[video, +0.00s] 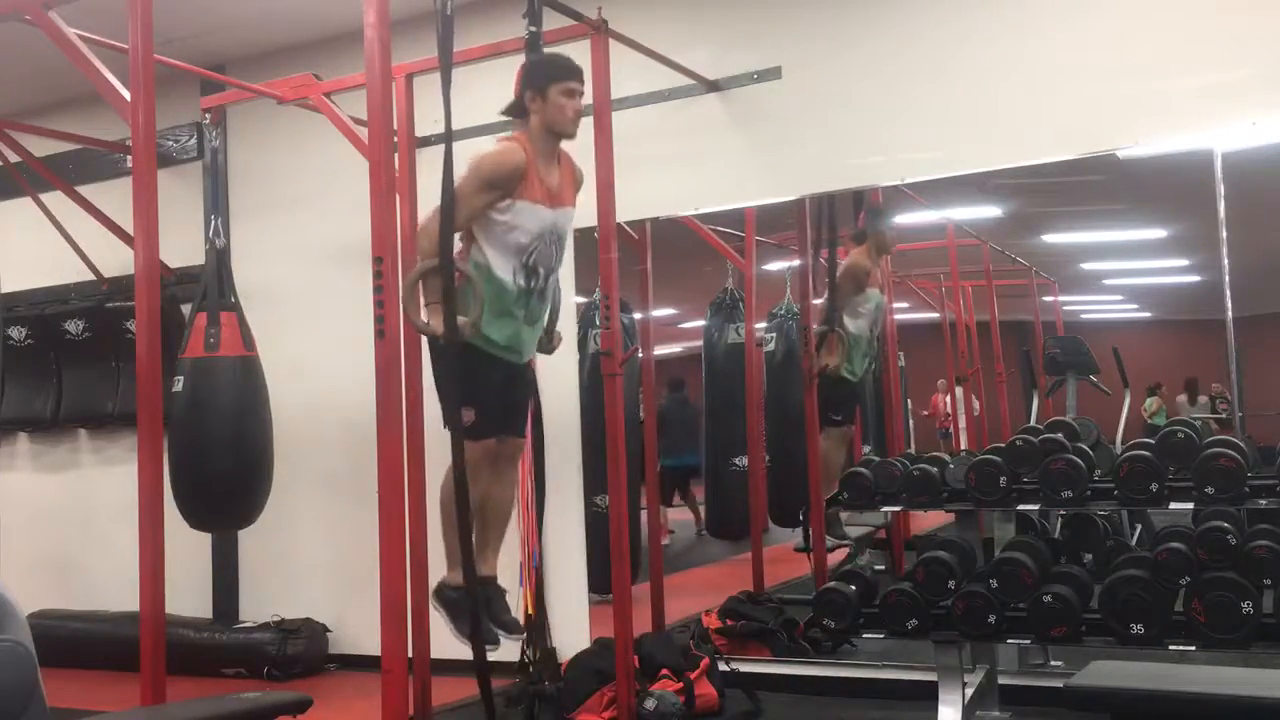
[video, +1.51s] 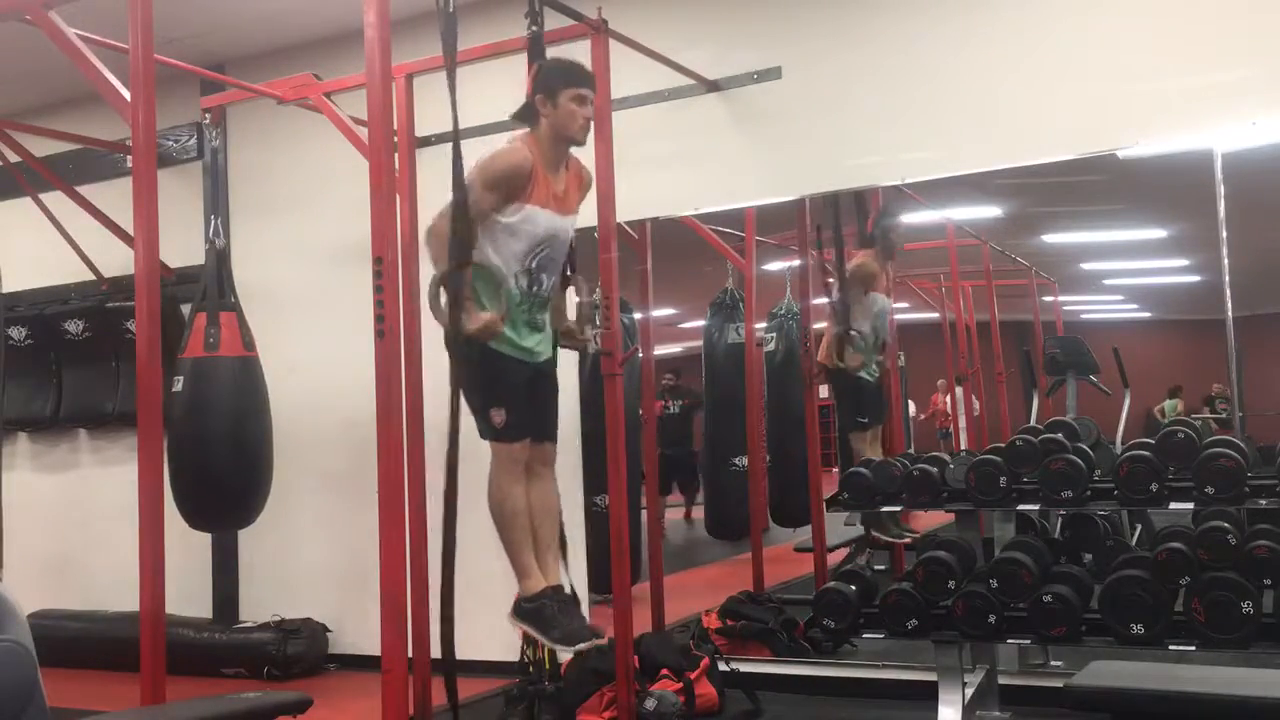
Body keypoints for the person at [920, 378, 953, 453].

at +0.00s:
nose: (942, 388)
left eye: (944, 385)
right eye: (940, 386)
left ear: (946, 386)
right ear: (938, 387)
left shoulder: (949, 396)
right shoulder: (935, 397)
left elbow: (953, 409)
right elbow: (933, 410)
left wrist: (949, 417)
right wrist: (927, 413)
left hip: (949, 422)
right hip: (940, 422)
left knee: (951, 438)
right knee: (942, 440)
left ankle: (953, 453)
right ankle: (943, 453)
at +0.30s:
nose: (942, 389)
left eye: (944, 387)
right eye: (941, 387)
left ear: (946, 387)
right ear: (938, 387)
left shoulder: (949, 396)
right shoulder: (935, 397)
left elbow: (953, 409)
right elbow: (932, 410)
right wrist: (926, 412)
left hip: (949, 422)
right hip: (940, 422)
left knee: (951, 439)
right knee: (941, 440)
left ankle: (954, 452)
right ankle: (944, 453)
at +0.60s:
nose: (942, 389)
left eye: (944, 387)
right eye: (941, 387)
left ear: (946, 387)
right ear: (938, 387)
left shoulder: (949, 396)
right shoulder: (935, 397)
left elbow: (953, 408)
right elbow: (932, 409)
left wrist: (950, 416)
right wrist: (927, 413)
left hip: (949, 422)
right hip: (940, 423)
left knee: (951, 439)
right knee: (942, 439)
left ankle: (953, 452)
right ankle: (943, 453)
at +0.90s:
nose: (942, 388)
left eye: (943, 386)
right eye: (940, 386)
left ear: (946, 387)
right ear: (938, 387)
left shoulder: (949, 396)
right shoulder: (934, 397)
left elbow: (953, 408)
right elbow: (932, 409)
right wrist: (926, 412)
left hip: (949, 422)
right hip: (940, 422)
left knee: (951, 438)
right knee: (941, 439)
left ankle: (954, 452)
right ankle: (943, 453)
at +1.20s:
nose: (942, 388)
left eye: (943, 386)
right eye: (940, 387)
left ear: (946, 387)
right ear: (938, 387)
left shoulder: (949, 396)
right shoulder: (935, 397)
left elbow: (952, 408)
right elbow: (932, 408)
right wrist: (925, 414)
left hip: (949, 421)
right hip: (940, 421)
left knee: (951, 437)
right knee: (941, 439)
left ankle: (954, 451)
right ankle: (943, 452)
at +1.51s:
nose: (942, 389)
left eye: (943, 386)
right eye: (940, 387)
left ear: (946, 387)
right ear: (938, 387)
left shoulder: (949, 396)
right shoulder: (934, 397)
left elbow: (953, 409)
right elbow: (932, 410)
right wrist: (925, 416)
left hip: (949, 421)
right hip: (939, 421)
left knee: (951, 437)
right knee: (941, 439)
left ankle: (954, 452)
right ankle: (943, 453)